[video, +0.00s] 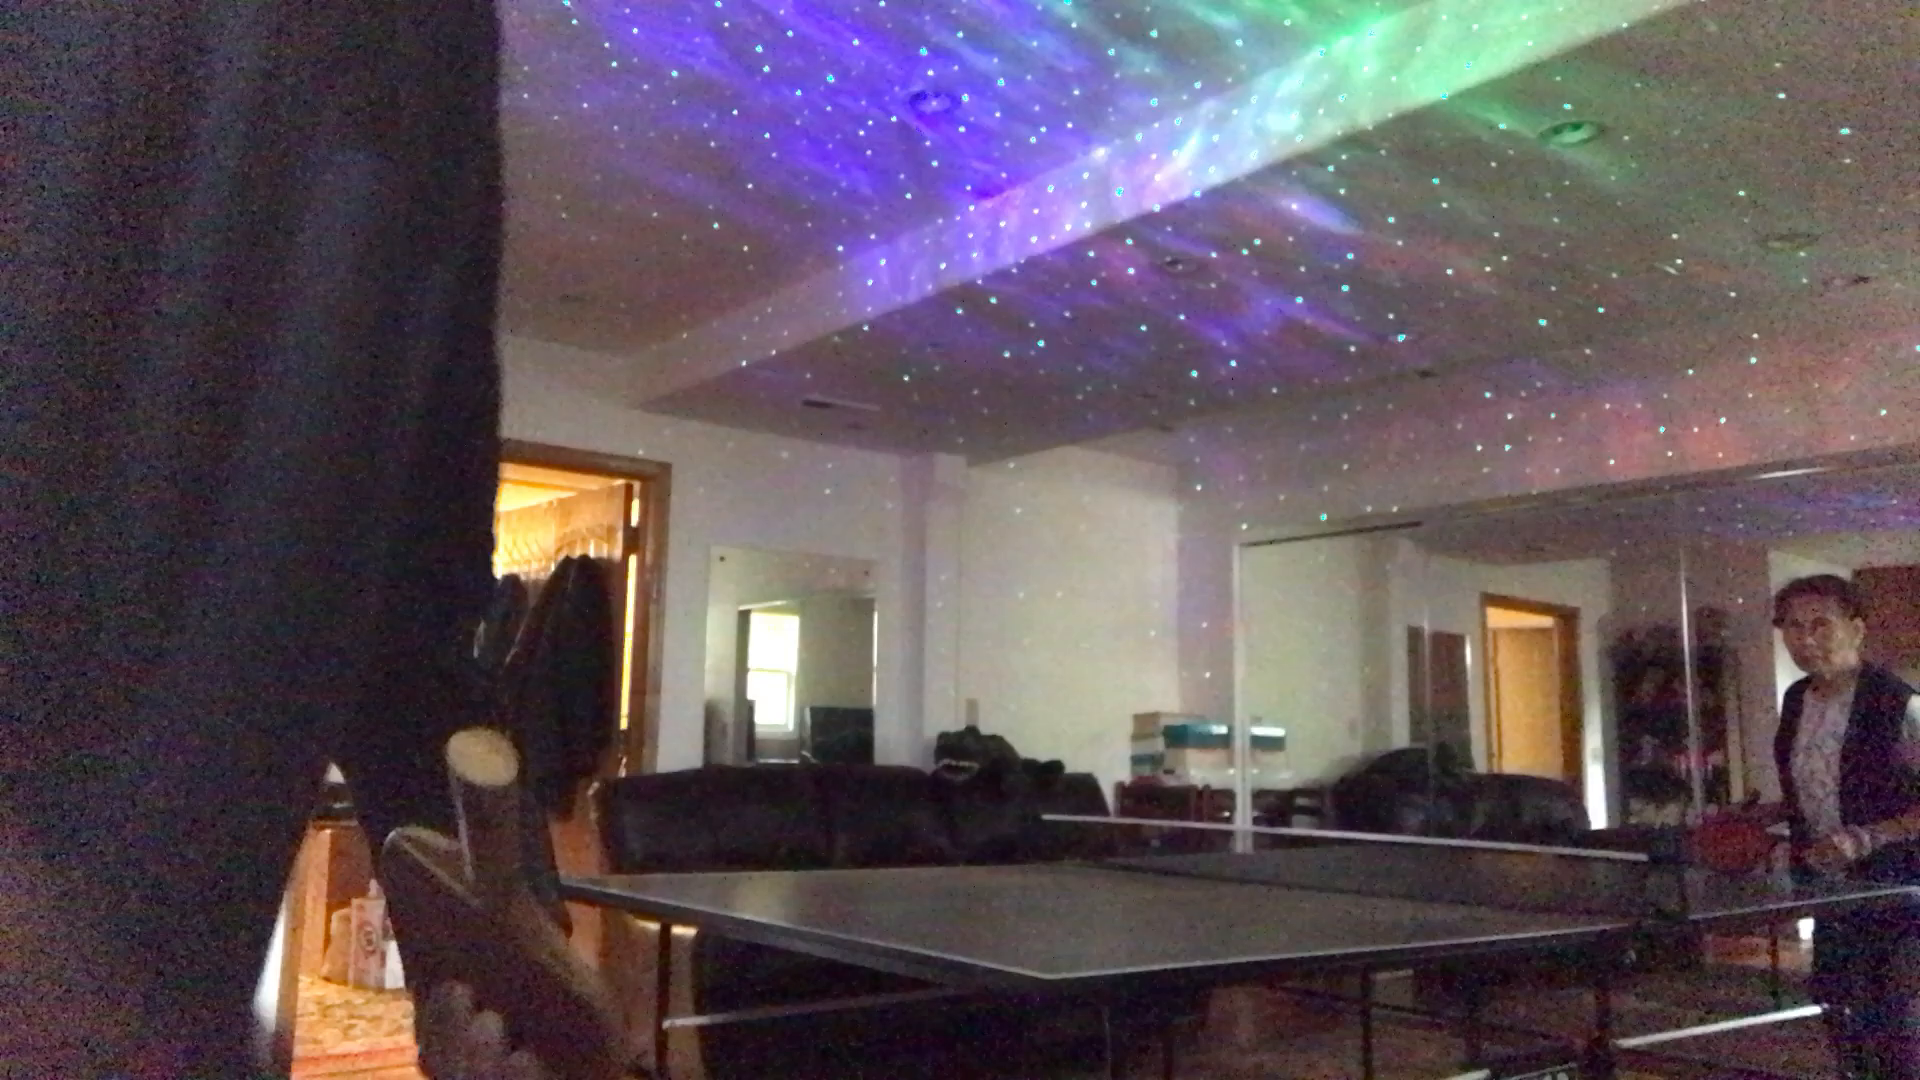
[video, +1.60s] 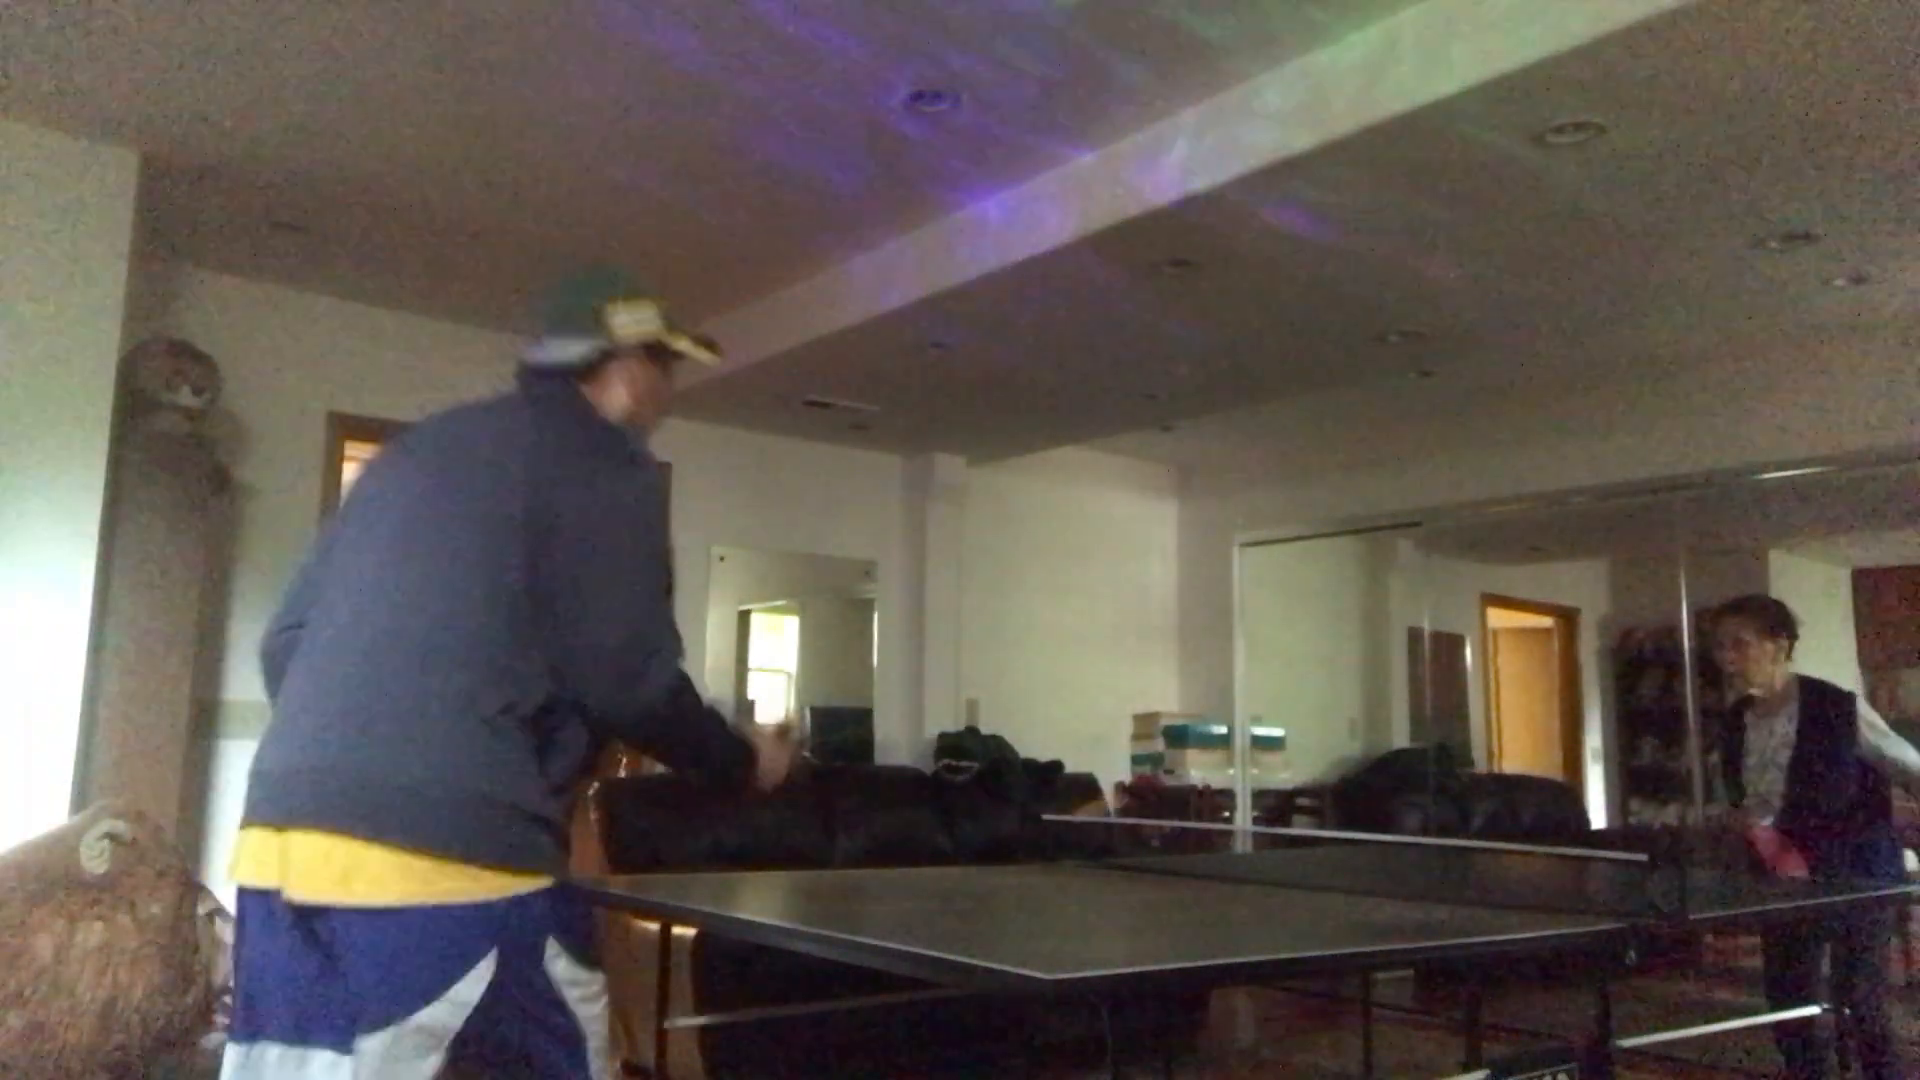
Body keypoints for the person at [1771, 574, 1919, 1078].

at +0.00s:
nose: (1804, 638)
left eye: (1818, 623)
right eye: (1792, 626)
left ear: (1856, 628)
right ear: (1783, 635)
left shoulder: (1893, 699)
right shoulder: (1797, 698)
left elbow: (1917, 809)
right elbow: (1803, 796)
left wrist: (1861, 840)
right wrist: (1772, 818)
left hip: (1894, 891)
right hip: (1830, 890)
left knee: (1890, 1021)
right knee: (1834, 1005)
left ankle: (1893, 1069)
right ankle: (1856, 1068)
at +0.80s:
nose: (1754, 655)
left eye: (1763, 639)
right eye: (1749, 643)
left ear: (1803, 632)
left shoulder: (1849, 702)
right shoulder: (1802, 703)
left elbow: (1906, 797)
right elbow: (1805, 807)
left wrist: (1811, 833)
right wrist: (1743, 821)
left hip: (1873, 882)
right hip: (1837, 881)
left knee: (1870, 1011)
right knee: (1846, 1006)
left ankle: (1887, 1072)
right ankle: (1860, 1071)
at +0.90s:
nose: (1752, 660)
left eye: (1759, 645)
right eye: (1747, 649)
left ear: (1796, 635)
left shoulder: (1838, 701)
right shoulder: (1814, 699)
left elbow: (1869, 804)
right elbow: (1816, 795)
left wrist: (1765, 823)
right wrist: (1749, 809)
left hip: (1864, 887)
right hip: (1839, 884)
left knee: (1862, 1011)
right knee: (1849, 1009)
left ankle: (1876, 1072)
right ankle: (1861, 1071)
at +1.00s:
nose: (1748, 664)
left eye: (1751, 648)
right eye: (1744, 652)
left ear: (1786, 637)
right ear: (1791, 640)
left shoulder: (1831, 696)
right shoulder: (1821, 694)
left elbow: (1817, 802)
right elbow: (1804, 786)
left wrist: (1734, 798)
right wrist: (1746, 769)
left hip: (1861, 887)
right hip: (1848, 886)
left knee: (1853, 1006)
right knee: (1849, 1004)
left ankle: (1870, 1072)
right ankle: (1867, 1071)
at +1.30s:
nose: (1735, 655)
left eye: (1740, 641)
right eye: (1732, 644)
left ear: (1778, 632)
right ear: (1772, 637)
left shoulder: (1840, 697)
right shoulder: (1771, 712)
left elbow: (1846, 791)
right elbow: (1759, 789)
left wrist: (1756, 780)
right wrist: (1713, 779)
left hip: (1866, 877)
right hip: (1818, 877)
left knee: (1859, 997)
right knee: (1830, 988)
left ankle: (1881, 1068)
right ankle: (1866, 1066)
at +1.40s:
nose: (1730, 654)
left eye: (1739, 639)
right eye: (1726, 642)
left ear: (1780, 634)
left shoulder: (1837, 696)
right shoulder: (1757, 714)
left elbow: (1905, 786)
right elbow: (1764, 797)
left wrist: (1830, 791)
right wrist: (1745, 806)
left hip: (1860, 879)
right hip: (1797, 878)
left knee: (1862, 1010)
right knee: (1806, 1006)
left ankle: (1878, 1070)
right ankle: (1842, 1067)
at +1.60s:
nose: (1726, 658)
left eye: (1738, 643)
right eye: (1721, 646)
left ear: (1779, 644)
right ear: (1717, 653)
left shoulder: (1837, 707)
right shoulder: (1733, 724)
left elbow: (1908, 768)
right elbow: (1736, 805)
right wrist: (1761, 839)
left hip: (1856, 871)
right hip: (1783, 876)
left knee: (1860, 1000)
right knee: (1787, 1001)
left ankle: (1882, 1072)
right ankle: (1808, 1071)